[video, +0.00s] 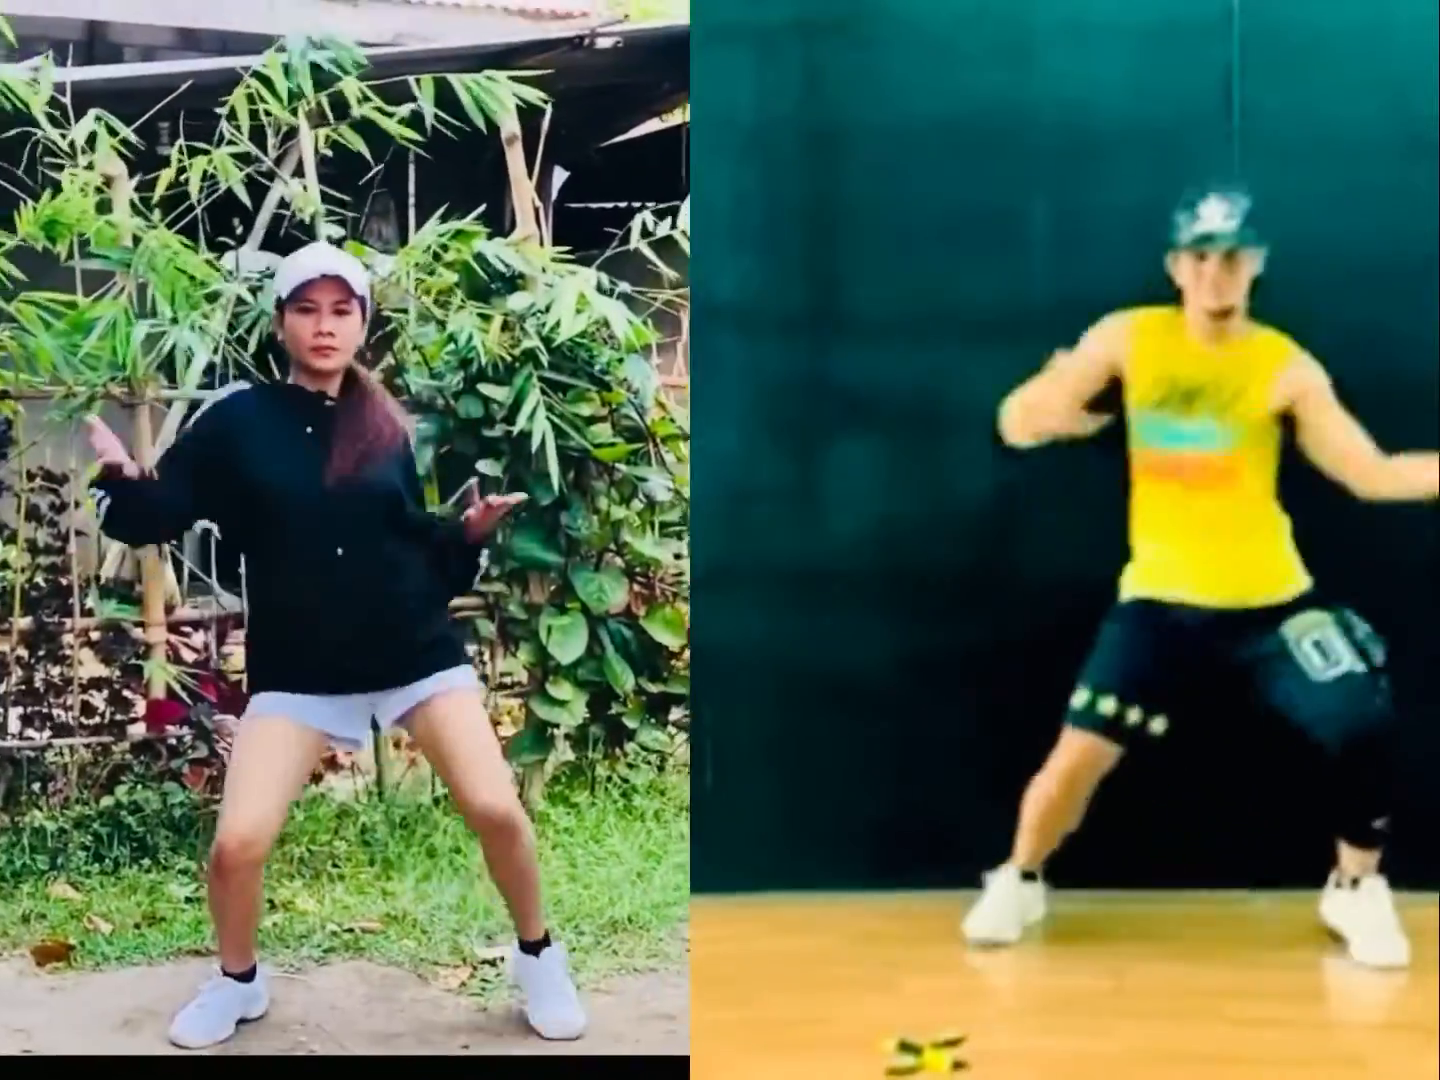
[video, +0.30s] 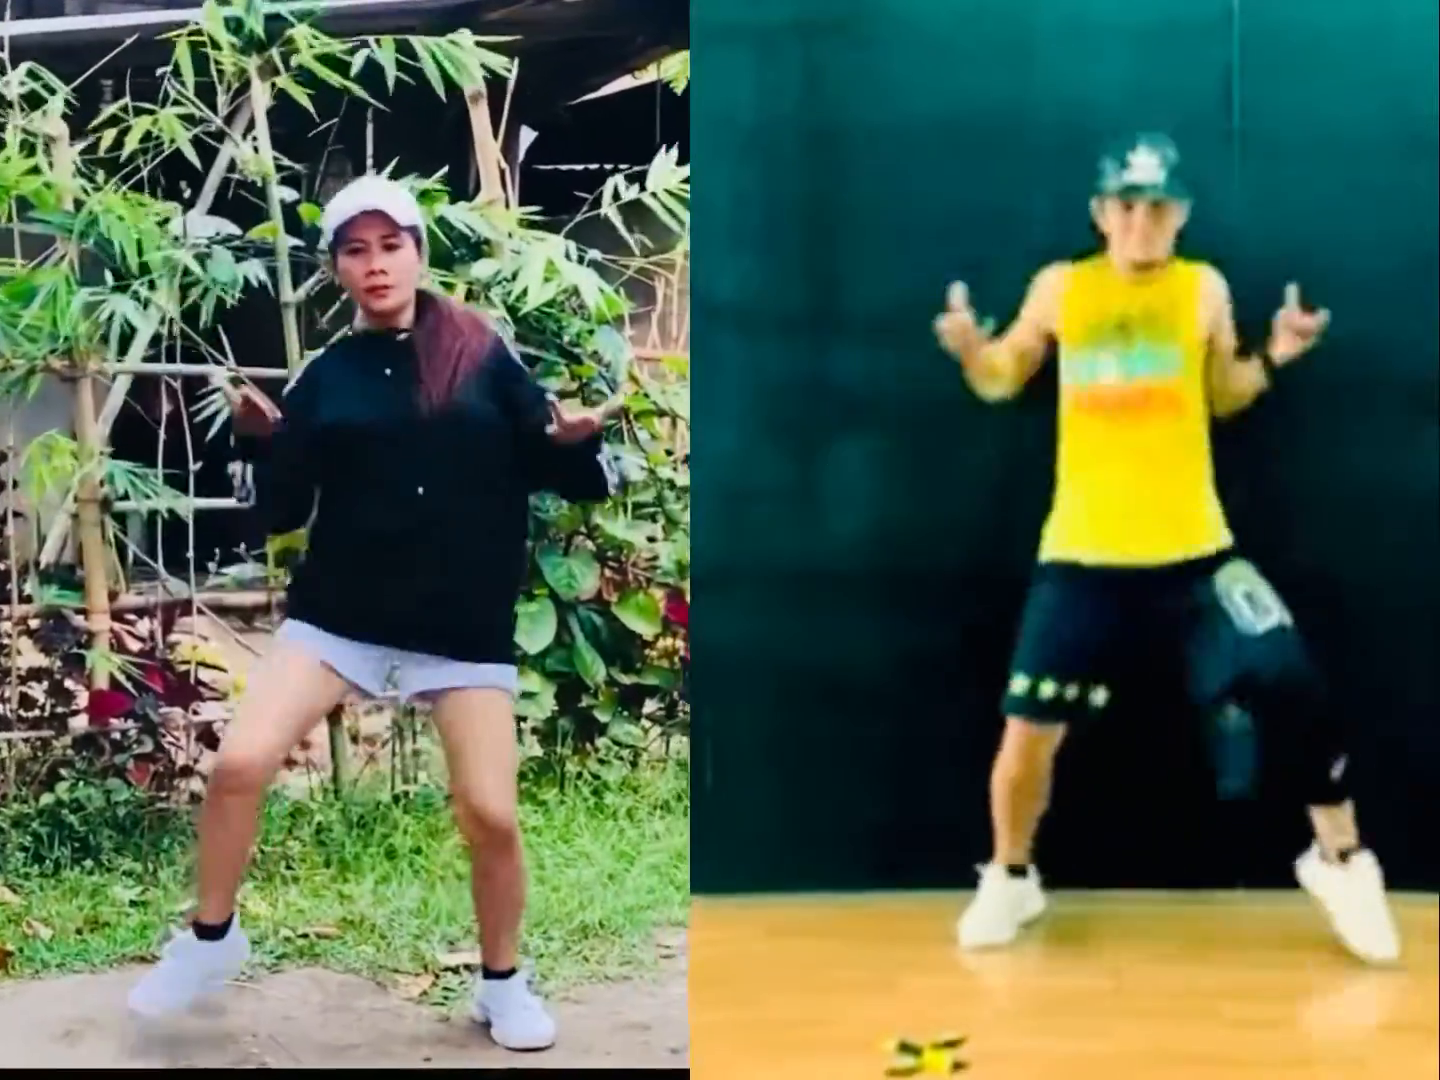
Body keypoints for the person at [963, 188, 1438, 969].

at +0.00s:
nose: (1219, 274)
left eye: (1235, 258)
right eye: (1204, 258)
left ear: (1257, 265)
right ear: (1175, 265)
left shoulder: (1285, 367)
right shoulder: (1125, 340)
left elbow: (1370, 472)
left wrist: (1437, 469)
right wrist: (1056, 412)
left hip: (1272, 598)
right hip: (1159, 597)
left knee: (1363, 722)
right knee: (1081, 753)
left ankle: (1357, 886)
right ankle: (1019, 882)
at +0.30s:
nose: (1141, 221)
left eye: (1157, 206)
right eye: (1128, 204)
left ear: (1180, 214)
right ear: (1101, 210)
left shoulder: (1202, 289)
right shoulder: (1059, 289)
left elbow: (1222, 393)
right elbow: (1005, 375)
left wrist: (1272, 355)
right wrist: (971, 348)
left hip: (1192, 546)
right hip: (1082, 549)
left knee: (1295, 689)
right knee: (1028, 728)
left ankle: (1344, 863)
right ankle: (1010, 879)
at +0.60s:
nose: (1121, 255)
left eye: (1137, 237)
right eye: (1106, 237)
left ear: (1163, 241)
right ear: (1085, 239)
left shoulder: (1188, 307)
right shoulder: (1044, 301)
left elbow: (1283, 352)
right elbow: (920, 309)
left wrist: (1342, 323)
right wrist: (832, 253)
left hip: (1159, 536)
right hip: (1059, 551)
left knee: (1288, 543)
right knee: (1040, 733)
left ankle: (1231, 714)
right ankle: (1020, 880)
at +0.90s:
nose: (1156, 287)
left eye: (1174, 272)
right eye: (1148, 272)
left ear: (1211, 281)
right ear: (1133, 278)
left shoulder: (1246, 367)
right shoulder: (1097, 342)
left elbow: (1354, 372)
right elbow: (992, 283)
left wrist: (1420, 281)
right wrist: (1024, 164)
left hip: (1243, 608)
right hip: (1128, 617)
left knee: (1358, 742)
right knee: (1054, 786)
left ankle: (1377, 897)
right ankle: (1048, 887)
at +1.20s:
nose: (1254, 239)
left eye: (1268, 220)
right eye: (1244, 223)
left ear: (1314, 213)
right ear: (1236, 228)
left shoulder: (1376, 289)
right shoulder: (1226, 303)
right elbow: (1123, 350)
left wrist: (1424, 189)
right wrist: (1135, 243)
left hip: (1339, 562)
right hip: (1225, 548)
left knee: (1397, 722)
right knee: (1099, 678)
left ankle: (1380, 896)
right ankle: (1022, 752)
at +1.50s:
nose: (1305, 249)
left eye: (1317, 230)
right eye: (1287, 235)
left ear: (1343, 226)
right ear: (1265, 242)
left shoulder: (1390, 276)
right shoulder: (1244, 299)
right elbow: (1124, 257)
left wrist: (1429, 108)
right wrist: (1099, 133)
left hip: (1349, 552)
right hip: (1244, 518)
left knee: (1410, 730)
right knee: (1107, 591)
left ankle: (1388, 897)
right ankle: (1109, 742)